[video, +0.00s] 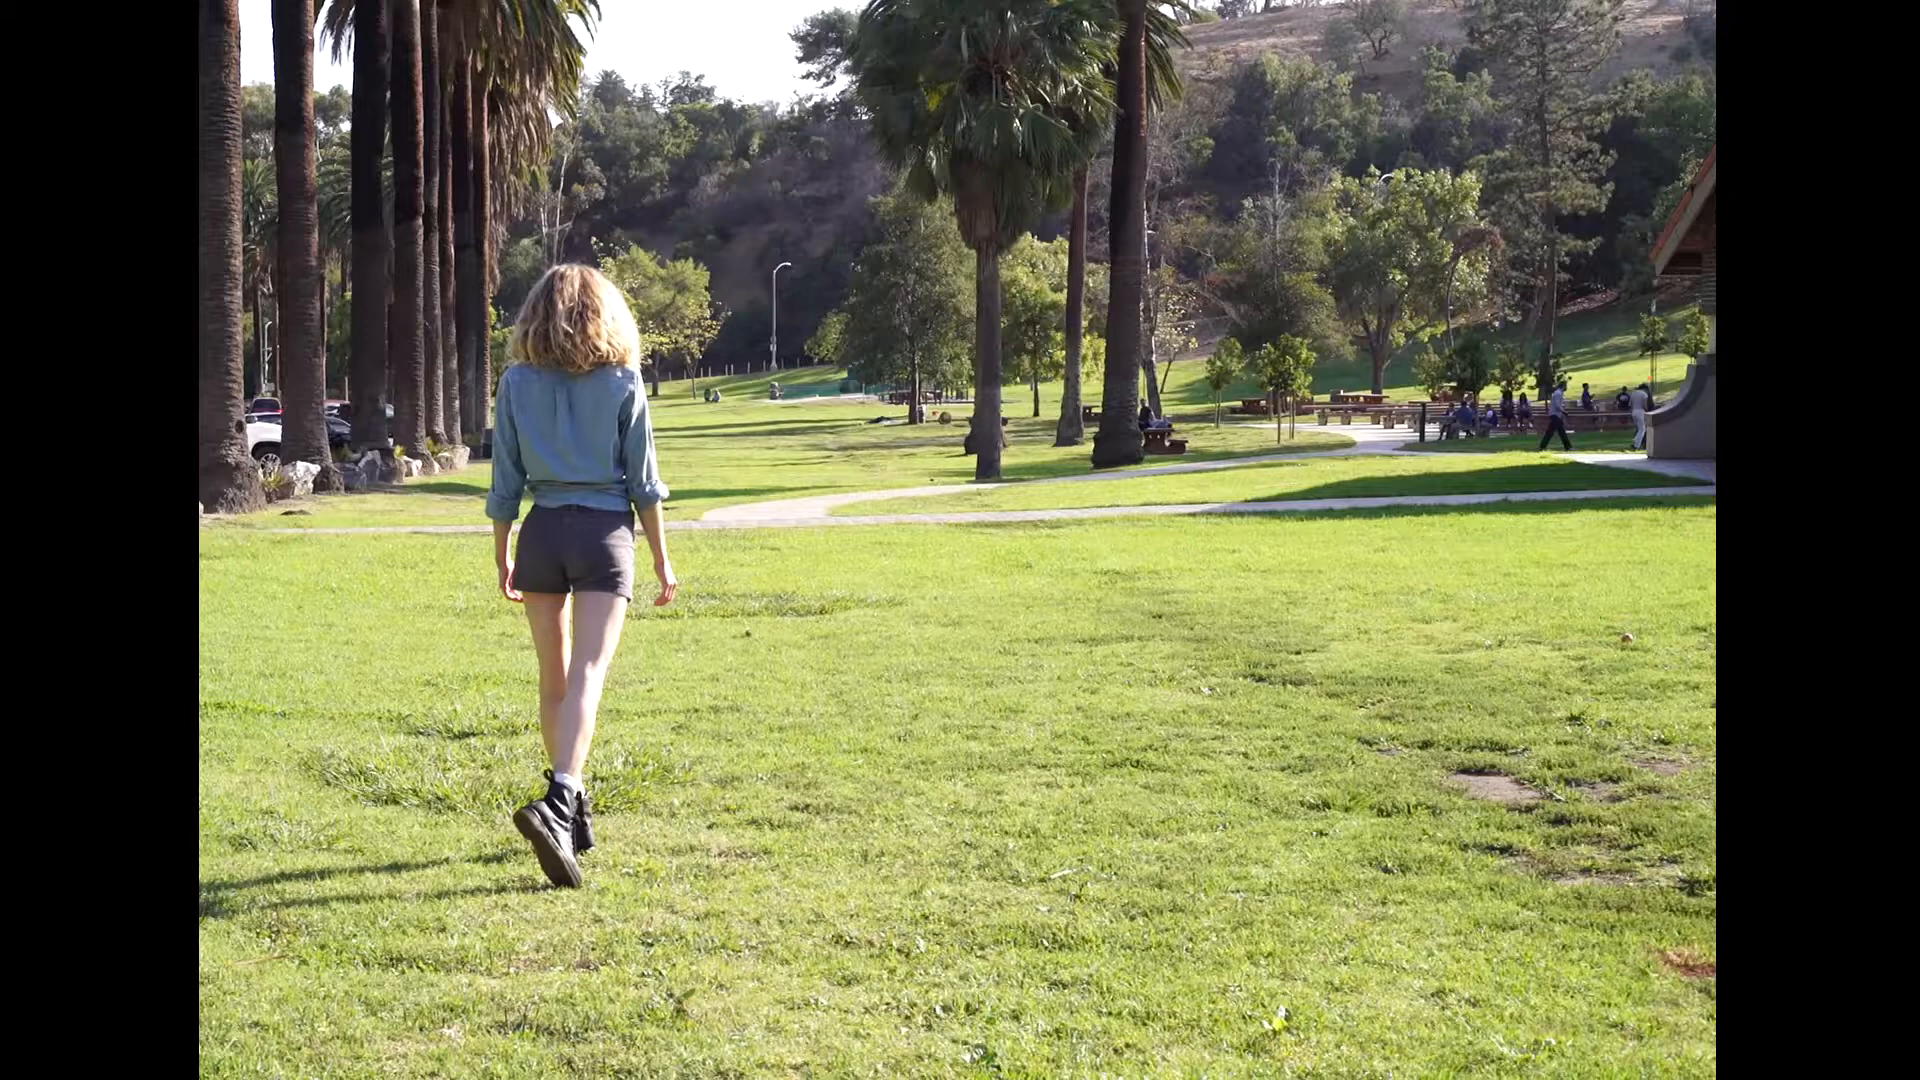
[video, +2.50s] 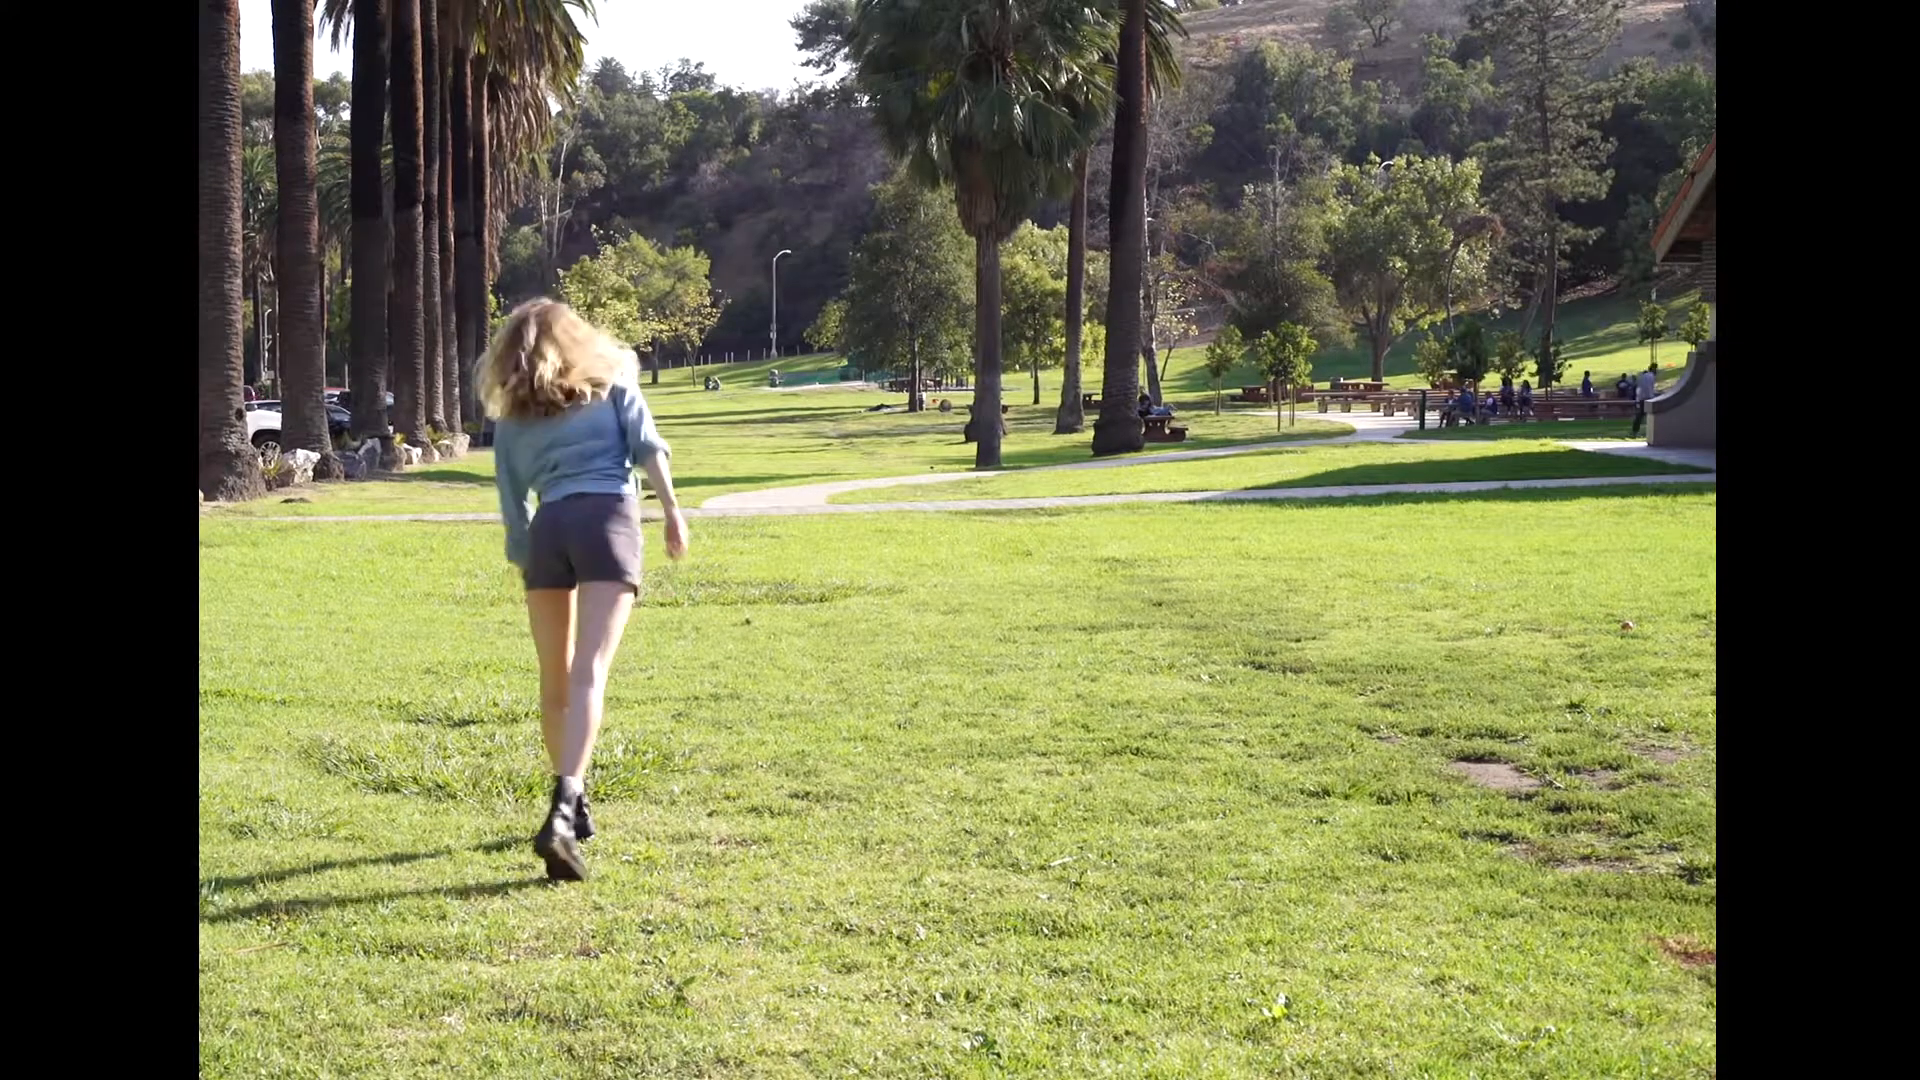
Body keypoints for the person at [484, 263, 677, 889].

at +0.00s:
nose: (615, 323)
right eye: (610, 311)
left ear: (537, 319)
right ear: (606, 318)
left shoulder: (516, 381)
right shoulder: (623, 382)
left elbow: (506, 476)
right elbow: (642, 480)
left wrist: (502, 553)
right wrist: (662, 558)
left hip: (540, 529)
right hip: (605, 530)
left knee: (553, 678)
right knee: (587, 672)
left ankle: (575, 808)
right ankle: (557, 802)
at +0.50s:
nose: (622, 305)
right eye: (616, 294)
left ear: (540, 301)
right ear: (610, 300)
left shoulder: (519, 365)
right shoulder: (628, 364)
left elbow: (510, 458)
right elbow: (647, 461)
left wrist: (507, 537)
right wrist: (667, 540)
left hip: (545, 512)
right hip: (610, 512)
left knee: (555, 661)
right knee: (590, 657)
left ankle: (576, 793)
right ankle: (558, 785)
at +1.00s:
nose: (628, 310)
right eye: (622, 299)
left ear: (545, 305)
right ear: (616, 305)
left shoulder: (522, 369)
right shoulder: (631, 368)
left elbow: (513, 466)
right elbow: (650, 466)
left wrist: (511, 541)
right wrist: (669, 544)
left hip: (546, 517)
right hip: (610, 516)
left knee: (558, 664)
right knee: (591, 657)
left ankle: (578, 797)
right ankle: (557, 787)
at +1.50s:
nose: (624, 311)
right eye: (619, 300)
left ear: (544, 306)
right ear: (612, 306)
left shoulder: (520, 369)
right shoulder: (627, 371)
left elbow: (510, 465)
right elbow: (645, 470)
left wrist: (506, 540)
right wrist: (663, 549)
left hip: (542, 516)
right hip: (606, 518)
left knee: (553, 663)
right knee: (589, 660)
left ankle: (575, 794)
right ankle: (558, 790)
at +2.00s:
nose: (620, 311)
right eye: (615, 300)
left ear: (540, 307)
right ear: (610, 307)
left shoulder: (518, 371)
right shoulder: (625, 372)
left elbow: (509, 468)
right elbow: (644, 470)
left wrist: (507, 543)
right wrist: (663, 549)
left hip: (541, 517)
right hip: (606, 517)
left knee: (553, 663)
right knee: (588, 660)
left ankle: (576, 795)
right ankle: (558, 790)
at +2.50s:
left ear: (515, 357)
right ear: (579, 338)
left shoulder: (511, 415)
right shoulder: (613, 382)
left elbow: (512, 498)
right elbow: (646, 444)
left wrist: (520, 555)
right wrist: (672, 509)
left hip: (546, 526)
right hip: (609, 516)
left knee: (554, 678)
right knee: (590, 671)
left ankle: (572, 800)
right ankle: (563, 808)